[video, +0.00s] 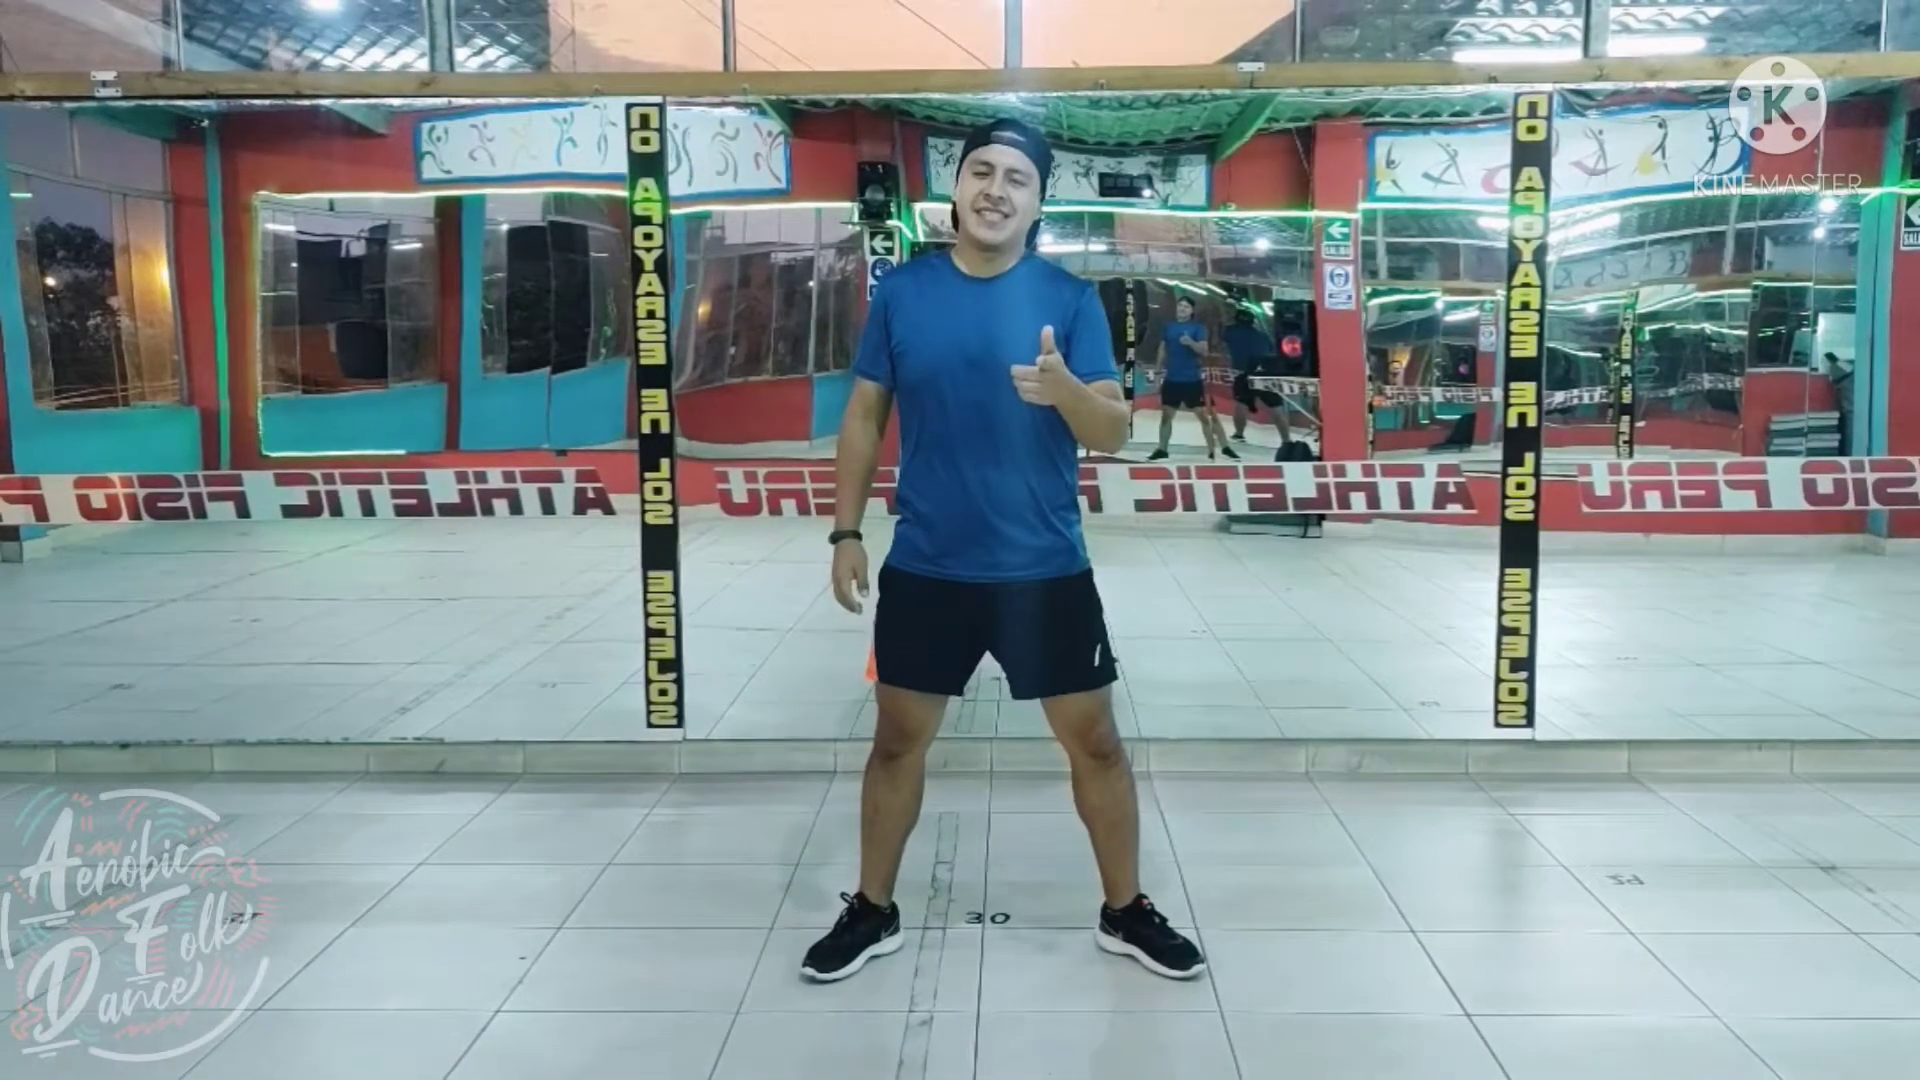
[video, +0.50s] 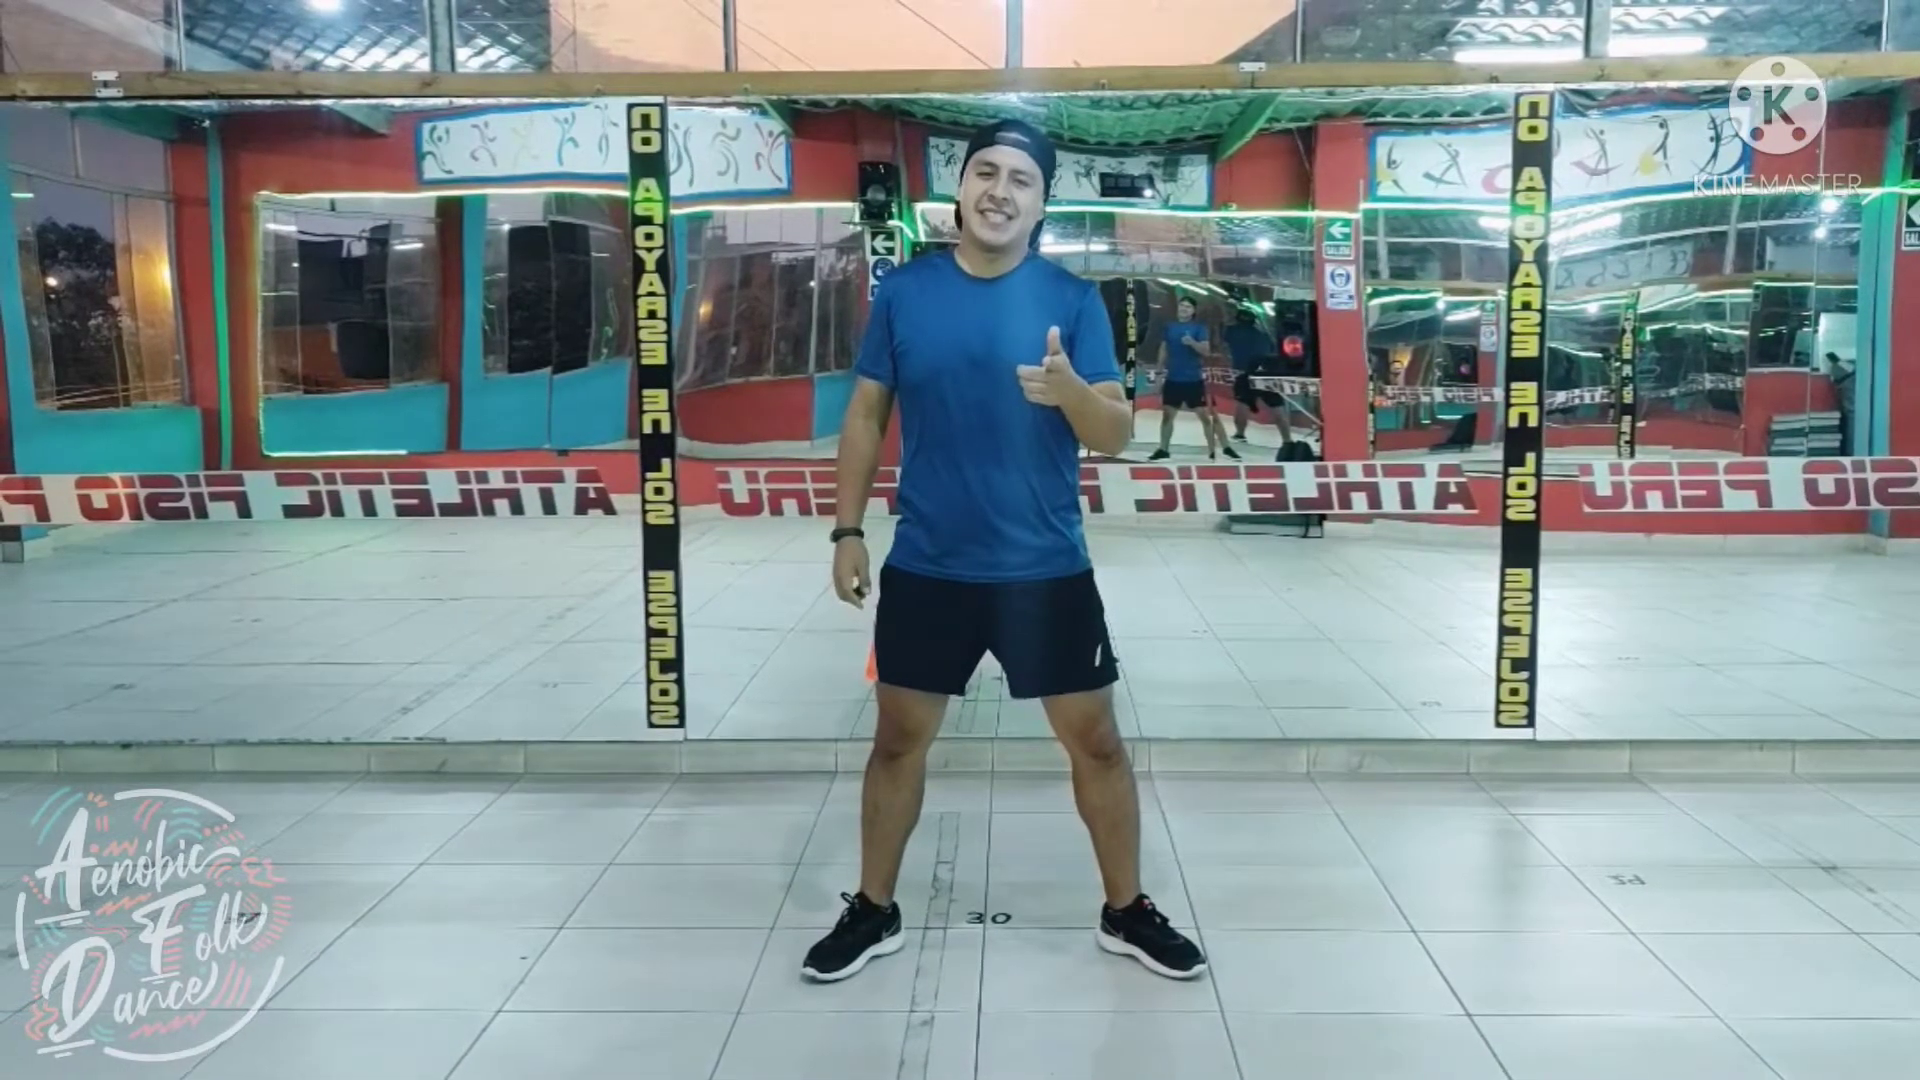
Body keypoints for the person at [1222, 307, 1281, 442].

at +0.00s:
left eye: (1239, 318)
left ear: (1236, 319)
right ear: (1252, 321)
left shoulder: (1230, 332)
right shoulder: (1261, 335)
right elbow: (1271, 355)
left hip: (1242, 371)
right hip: (1265, 372)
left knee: (1241, 403)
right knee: (1276, 408)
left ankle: (1239, 433)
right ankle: (1286, 440)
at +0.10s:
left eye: (1239, 318)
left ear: (1237, 319)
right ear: (1252, 320)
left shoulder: (1231, 332)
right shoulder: (1261, 335)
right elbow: (1270, 355)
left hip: (1242, 372)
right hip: (1264, 372)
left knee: (1241, 403)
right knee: (1276, 407)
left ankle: (1239, 433)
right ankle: (1286, 440)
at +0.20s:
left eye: (1239, 318)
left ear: (1237, 319)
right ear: (1253, 320)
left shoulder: (1231, 332)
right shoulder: (1262, 335)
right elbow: (1270, 355)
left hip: (1242, 372)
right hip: (1265, 373)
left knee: (1241, 404)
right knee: (1277, 407)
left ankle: (1239, 433)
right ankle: (1286, 440)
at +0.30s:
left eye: (1239, 319)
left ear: (1237, 320)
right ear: (1253, 321)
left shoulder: (1231, 332)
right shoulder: (1262, 336)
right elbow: (1271, 356)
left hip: (1243, 373)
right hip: (1265, 373)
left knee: (1241, 403)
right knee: (1277, 408)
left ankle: (1239, 433)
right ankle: (1287, 440)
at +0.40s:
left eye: (1239, 318)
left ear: (1238, 319)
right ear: (1253, 321)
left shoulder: (1232, 332)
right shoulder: (1262, 336)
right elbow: (1271, 355)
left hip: (1242, 372)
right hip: (1265, 373)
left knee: (1241, 403)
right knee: (1277, 408)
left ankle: (1240, 433)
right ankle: (1287, 440)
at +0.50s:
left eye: (1240, 318)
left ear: (1238, 319)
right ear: (1253, 320)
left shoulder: (1232, 332)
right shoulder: (1262, 335)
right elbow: (1272, 354)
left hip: (1242, 372)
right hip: (1265, 372)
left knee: (1242, 403)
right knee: (1277, 407)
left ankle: (1240, 433)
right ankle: (1287, 440)